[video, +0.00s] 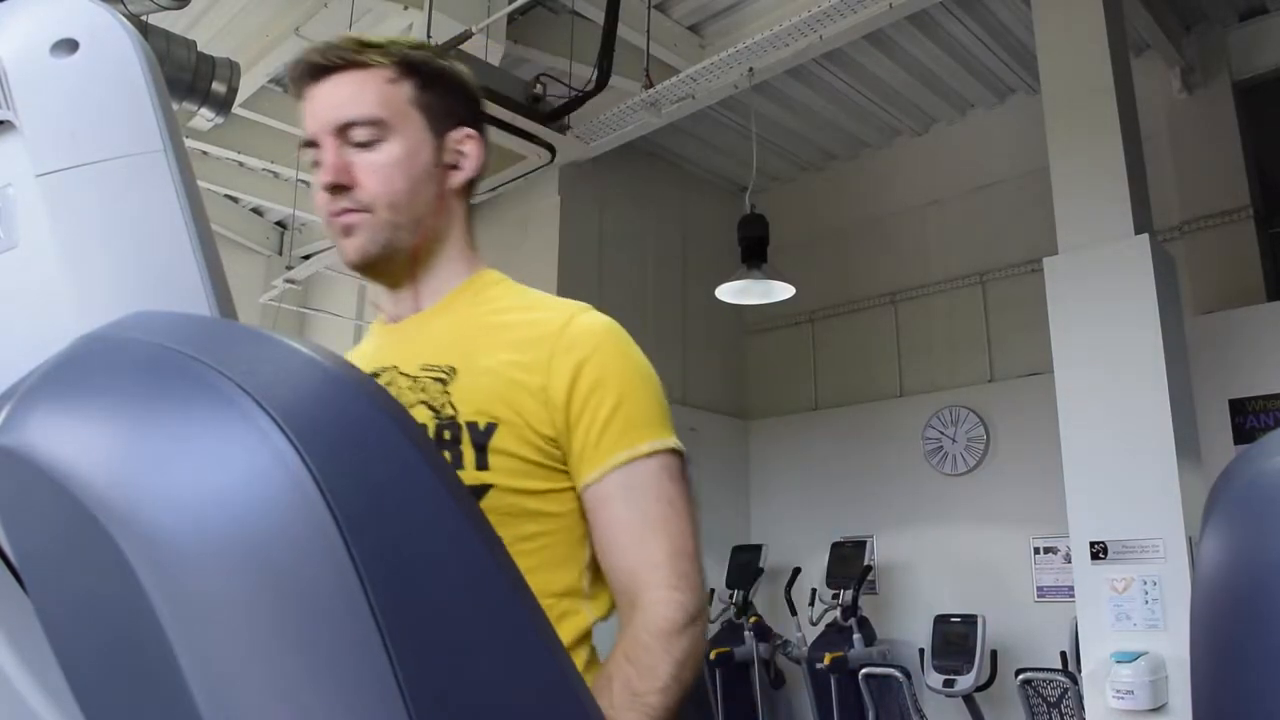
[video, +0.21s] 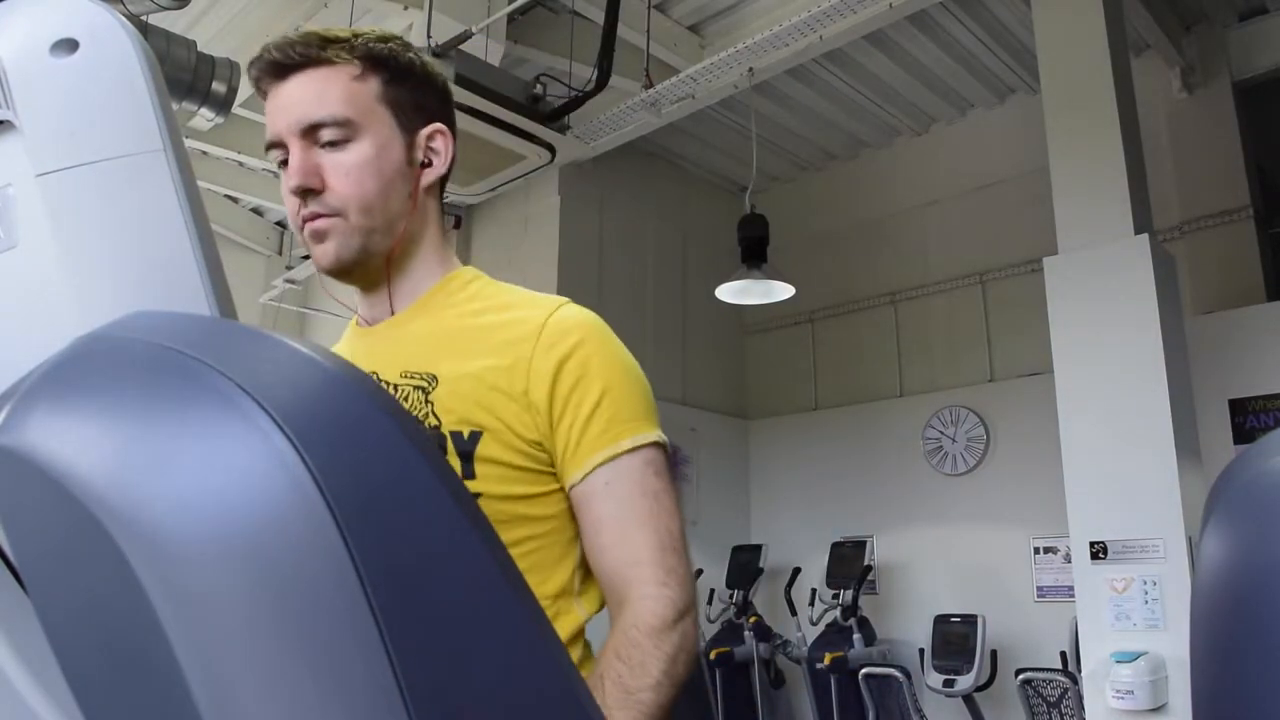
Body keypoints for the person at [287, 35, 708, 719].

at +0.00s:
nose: (327, 176)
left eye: (362, 140)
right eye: (314, 154)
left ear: (458, 158)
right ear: (311, 176)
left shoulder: (576, 347)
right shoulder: (339, 382)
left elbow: (667, 615)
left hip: (536, 701)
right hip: (372, 702)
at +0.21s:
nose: (296, 179)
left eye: (332, 140)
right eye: (282, 156)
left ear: (430, 155)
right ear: (278, 179)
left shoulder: (558, 343)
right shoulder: (325, 381)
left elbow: (658, 615)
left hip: (528, 700)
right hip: (367, 701)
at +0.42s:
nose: (321, 200)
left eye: (356, 159)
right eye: (304, 175)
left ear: (450, 172)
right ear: (298, 196)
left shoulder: (580, 359)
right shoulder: (338, 397)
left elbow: (670, 627)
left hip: (562, 703)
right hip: (396, 704)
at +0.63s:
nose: (373, 220)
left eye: (408, 182)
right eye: (359, 195)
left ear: (501, 195)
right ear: (354, 212)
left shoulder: (626, 381)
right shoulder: (377, 413)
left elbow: (689, 660)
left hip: (592, 701)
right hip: (421, 704)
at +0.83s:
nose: (438, 226)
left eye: (474, 192)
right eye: (426, 203)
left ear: (562, 214)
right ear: (418, 221)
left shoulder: (679, 400)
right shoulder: (430, 422)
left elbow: (712, 680)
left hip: (621, 702)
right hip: (460, 705)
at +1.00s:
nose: (497, 225)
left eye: (533, 193)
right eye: (486, 203)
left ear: (618, 216)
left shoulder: (721, 401)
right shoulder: (474, 425)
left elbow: (729, 677)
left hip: (646, 701)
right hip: (484, 700)